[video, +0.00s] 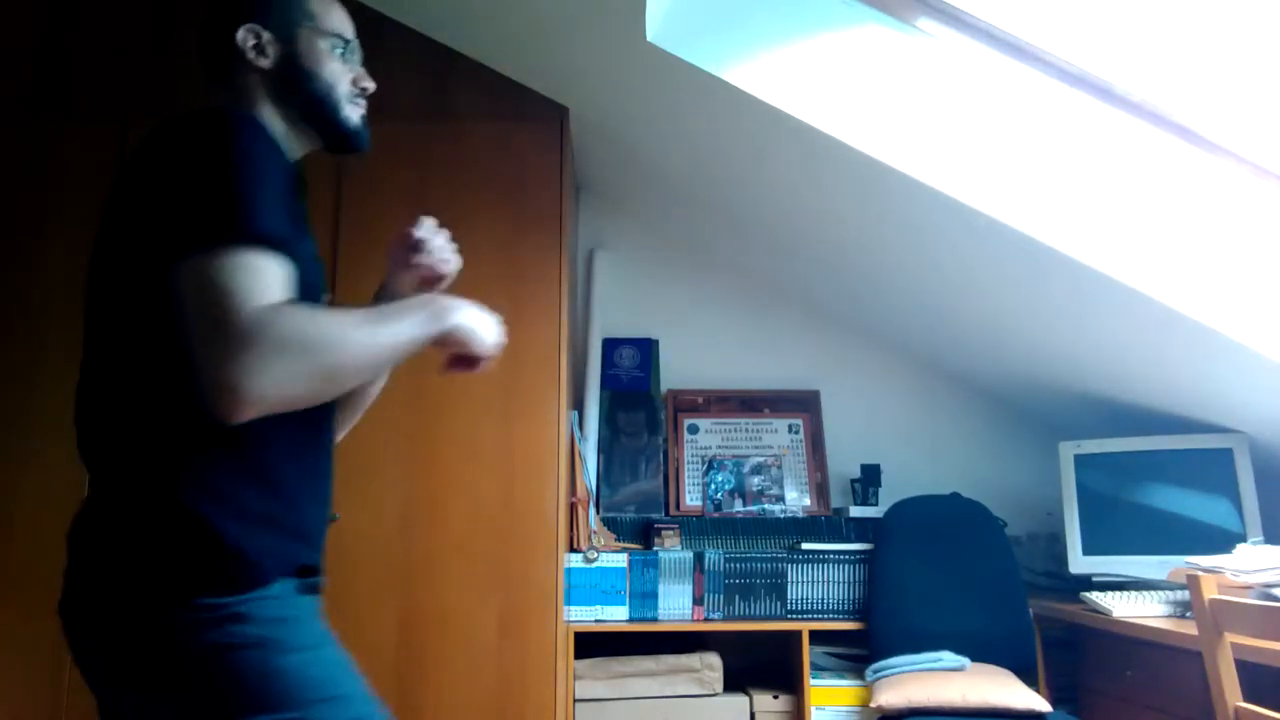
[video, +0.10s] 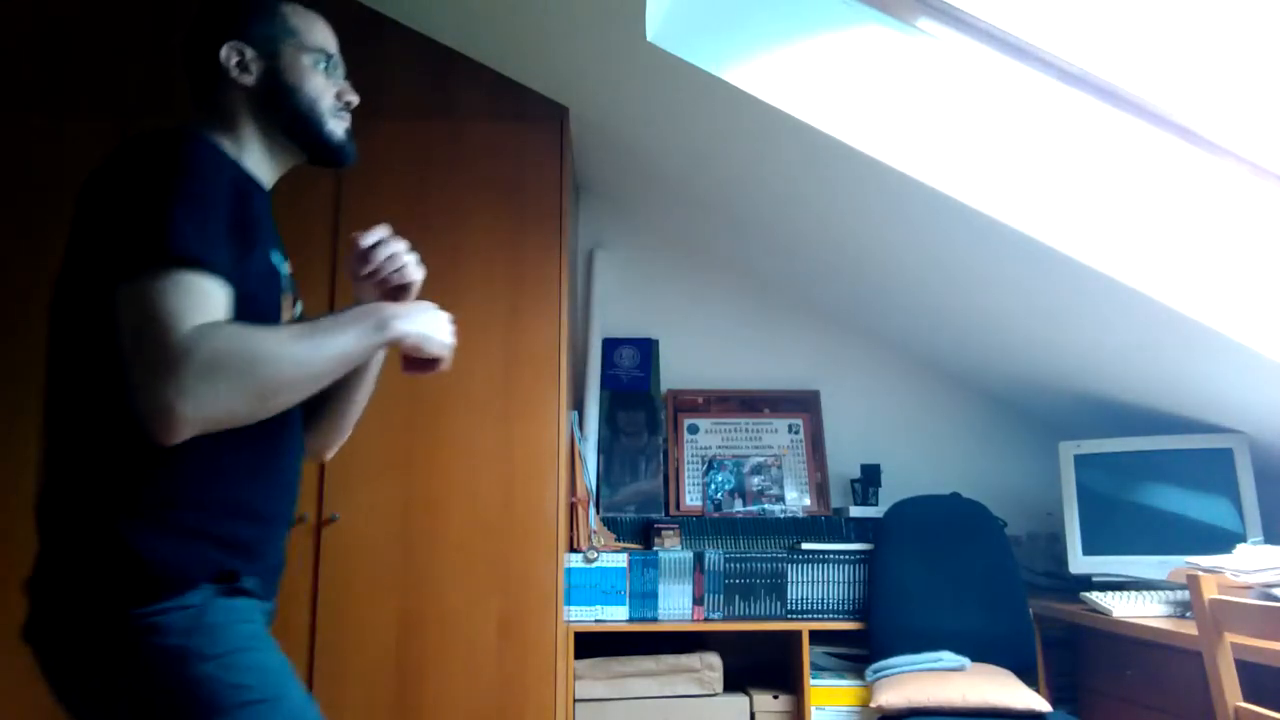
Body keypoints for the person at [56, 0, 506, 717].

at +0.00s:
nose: (366, 77)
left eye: (359, 55)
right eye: (339, 46)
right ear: (258, 47)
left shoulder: (253, 171)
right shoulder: (225, 147)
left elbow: (312, 423)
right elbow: (245, 368)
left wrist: (396, 304)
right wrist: (436, 315)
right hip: (215, 594)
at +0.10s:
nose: (350, 90)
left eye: (343, 72)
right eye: (322, 62)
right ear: (241, 63)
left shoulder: (248, 218)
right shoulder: (181, 171)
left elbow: (316, 436)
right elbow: (178, 388)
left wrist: (371, 317)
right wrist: (382, 321)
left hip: (208, 600)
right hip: (159, 602)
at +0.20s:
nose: (342, 105)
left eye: (335, 84)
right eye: (313, 76)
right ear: (231, 80)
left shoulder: (242, 237)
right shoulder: (163, 180)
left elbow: (305, 445)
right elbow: (134, 401)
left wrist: (365, 331)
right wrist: (355, 323)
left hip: (194, 602)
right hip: (137, 602)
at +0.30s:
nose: (338, 100)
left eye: (332, 83)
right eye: (310, 72)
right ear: (228, 76)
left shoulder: (242, 234)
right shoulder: (162, 174)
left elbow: (297, 444)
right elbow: (128, 392)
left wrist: (355, 326)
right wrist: (356, 313)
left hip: (199, 588)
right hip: (146, 587)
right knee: (300, 710)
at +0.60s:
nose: (393, 38)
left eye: (383, 17)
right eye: (364, 10)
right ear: (274, 10)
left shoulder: (215, 138)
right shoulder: (273, 130)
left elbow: (295, 389)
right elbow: (449, 330)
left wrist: (392, 272)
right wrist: (594, 221)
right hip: (252, 582)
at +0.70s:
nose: (415, 23)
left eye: (406, 6)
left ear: (297, 17)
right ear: (298, 6)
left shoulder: (213, 138)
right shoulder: (320, 137)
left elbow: (343, 364)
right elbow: (579, 296)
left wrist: (423, 251)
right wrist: (747, 242)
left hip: (177, 582)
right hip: (253, 594)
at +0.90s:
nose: (377, 42)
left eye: (368, 18)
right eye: (352, 13)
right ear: (263, 15)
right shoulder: (239, 164)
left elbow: (315, 403)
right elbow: (313, 436)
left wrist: (372, 296)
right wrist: (516, 356)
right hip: (241, 610)